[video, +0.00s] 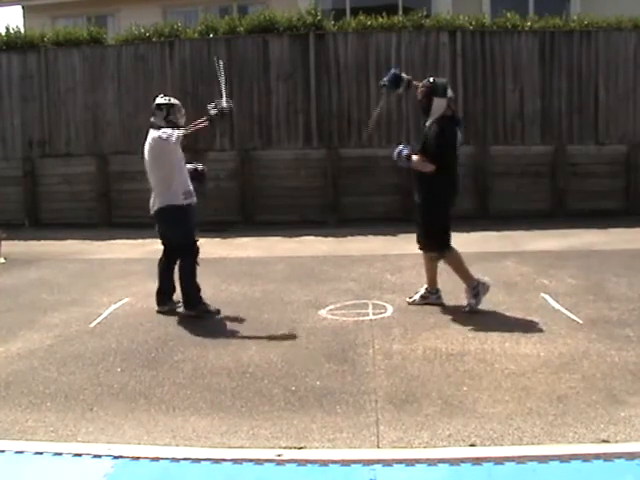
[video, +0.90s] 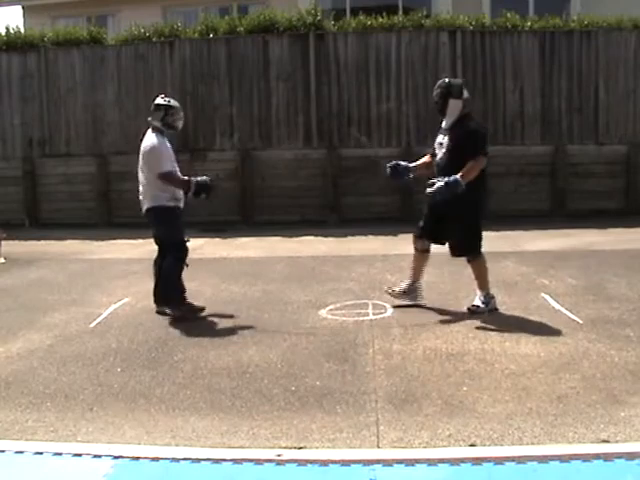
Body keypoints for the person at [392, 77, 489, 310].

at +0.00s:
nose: (419, 100)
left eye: (423, 96)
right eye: (420, 96)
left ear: (433, 100)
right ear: (440, 100)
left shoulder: (439, 127)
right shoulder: (443, 120)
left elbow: (430, 164)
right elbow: (429, 93)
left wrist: (407, 158)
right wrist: (407, 82)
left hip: (436, 194)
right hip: (431, 192)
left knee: (439, 243)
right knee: (428, 241)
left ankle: (474, 285)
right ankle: (431, 289)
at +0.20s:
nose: (427, 101)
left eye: (431, 96)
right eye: (427, 96)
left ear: (443, 100)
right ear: (441, 100)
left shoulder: (455, 125)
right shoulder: (437, 123)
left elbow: (454, 164)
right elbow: (411, 122)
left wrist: (424, 159)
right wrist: (388, 110)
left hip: (451, 198)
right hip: (438, 196)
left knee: (459, 247)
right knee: (432, 243)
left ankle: (483, 293)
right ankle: (431, 290)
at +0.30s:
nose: (433, 103)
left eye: (438, 98)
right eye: (433, 98)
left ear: (451, 100)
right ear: (444, 100)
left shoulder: (465, 125)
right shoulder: (442, 125)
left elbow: (459, 160)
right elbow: (419, 148)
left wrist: (432, 148)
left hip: (465, 199)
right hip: (447, 198)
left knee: (474, 247)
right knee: (439, 243)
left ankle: (486, 295)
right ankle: (433, 290)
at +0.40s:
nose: (437, 101)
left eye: (441, 97)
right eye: (436, 96)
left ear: (456, 99)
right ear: (440, 100)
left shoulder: (469, 125)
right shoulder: (446, 124)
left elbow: (461, 156)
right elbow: (431, 151)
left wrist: (435, 140)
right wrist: (411, 167)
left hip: (473, 198)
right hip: (452, 197)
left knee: (479, 246)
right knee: (442, 241)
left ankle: (486, 295)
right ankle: (435, 289)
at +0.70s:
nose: (440, 105)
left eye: (444, 100)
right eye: (439, 100)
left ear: (458, 101)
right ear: (448, 101)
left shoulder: (474, 127)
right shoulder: (449, 127)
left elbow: (484, 159)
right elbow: (446, 163)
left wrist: (456, 167)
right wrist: (421, 174)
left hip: (471, 200)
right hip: (450, 197)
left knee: (475, 248)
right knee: (436, 241)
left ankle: (486, 296)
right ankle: (436, 290)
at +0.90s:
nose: (439, 107)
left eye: (443, 101)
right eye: (440, 101)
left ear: (455, 102)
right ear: (446, 102)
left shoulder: (471, 129)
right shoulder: (446, 128)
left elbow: (479, 160)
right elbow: (434, 158)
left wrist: (456, 182)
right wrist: (410, 168)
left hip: (465, 199)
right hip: (442, 196)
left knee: (471, 250)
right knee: (421, 239)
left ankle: (486, 296)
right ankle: (413, 287)